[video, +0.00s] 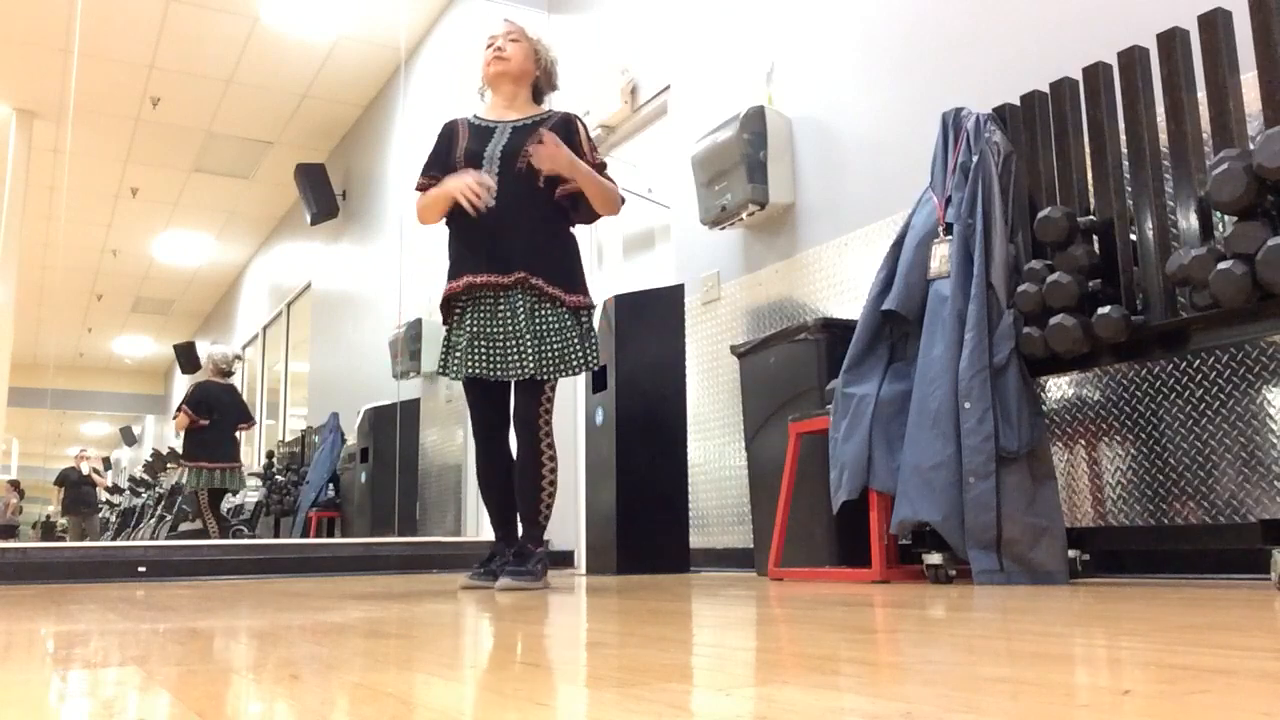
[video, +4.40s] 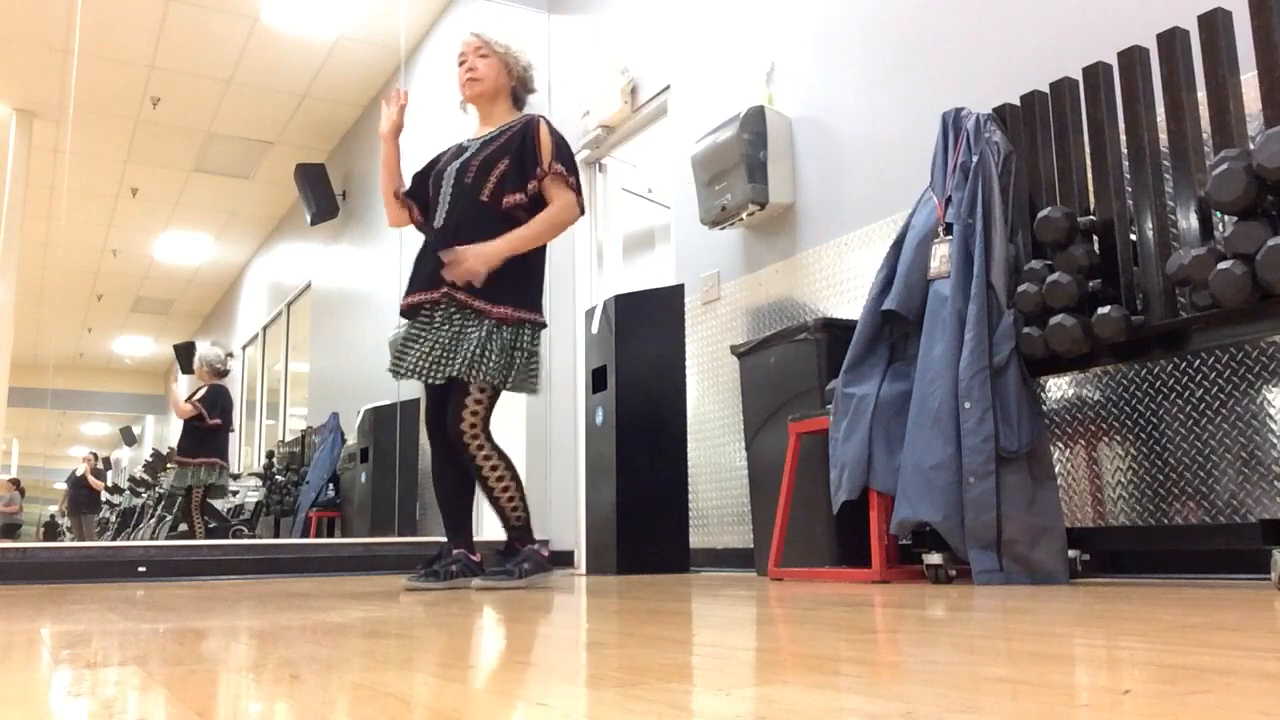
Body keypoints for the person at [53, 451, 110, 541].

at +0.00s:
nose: (84, 460)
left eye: (86, 458)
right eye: (81, 458)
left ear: (89, 460)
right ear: (76, 459)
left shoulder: (93, 471)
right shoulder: (67, 472)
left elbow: (103, 484)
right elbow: (58, 490)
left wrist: (91, 473)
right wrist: (56, 507)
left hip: (91, 512)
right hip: (73, 512)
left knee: (95, 540)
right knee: (74, 541)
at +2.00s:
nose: (93, 460)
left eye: (96, 458)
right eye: (90, 457)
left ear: (100, 460)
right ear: (85, 458)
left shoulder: (103, 472)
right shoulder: (76, 471)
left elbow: (111, 486)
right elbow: (64, 488)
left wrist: (99, 473)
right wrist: (61, 506)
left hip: (96, 512)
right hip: (78, 512)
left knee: (96, 540)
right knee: (78, 540)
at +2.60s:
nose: (103, 460)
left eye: (106, 458)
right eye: (101, 458)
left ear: (110, 460)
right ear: (97, 458)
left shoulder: (114, 471)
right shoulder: (88, 471)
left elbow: (120, 485)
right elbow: (78, 488)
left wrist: (108, 474)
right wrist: (74, 506)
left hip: (106, 512)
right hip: (88, 511)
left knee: (101, 540)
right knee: (84, 538)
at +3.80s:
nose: (91, 462)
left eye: (94, 460)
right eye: (89, 459)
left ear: (99, 461)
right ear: (86, 460)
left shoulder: (103, 472)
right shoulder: (79, 472)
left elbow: (107, 487)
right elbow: (71, 489)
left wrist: (94, 474)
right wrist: (67, 504)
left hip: (95, 510)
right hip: (78, 510)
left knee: (94, 538)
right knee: (81, 539)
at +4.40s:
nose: (86, 463)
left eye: (89, 460)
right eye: (84, 460)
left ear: (95, 462)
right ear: (81, 461)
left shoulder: (99, 472)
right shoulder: (76, 472)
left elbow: (100, 487)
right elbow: (67, 490)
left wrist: (88, 475)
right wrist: (60, 505)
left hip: (89, 508)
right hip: (74, 508)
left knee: (89, 537)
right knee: (78, 537)